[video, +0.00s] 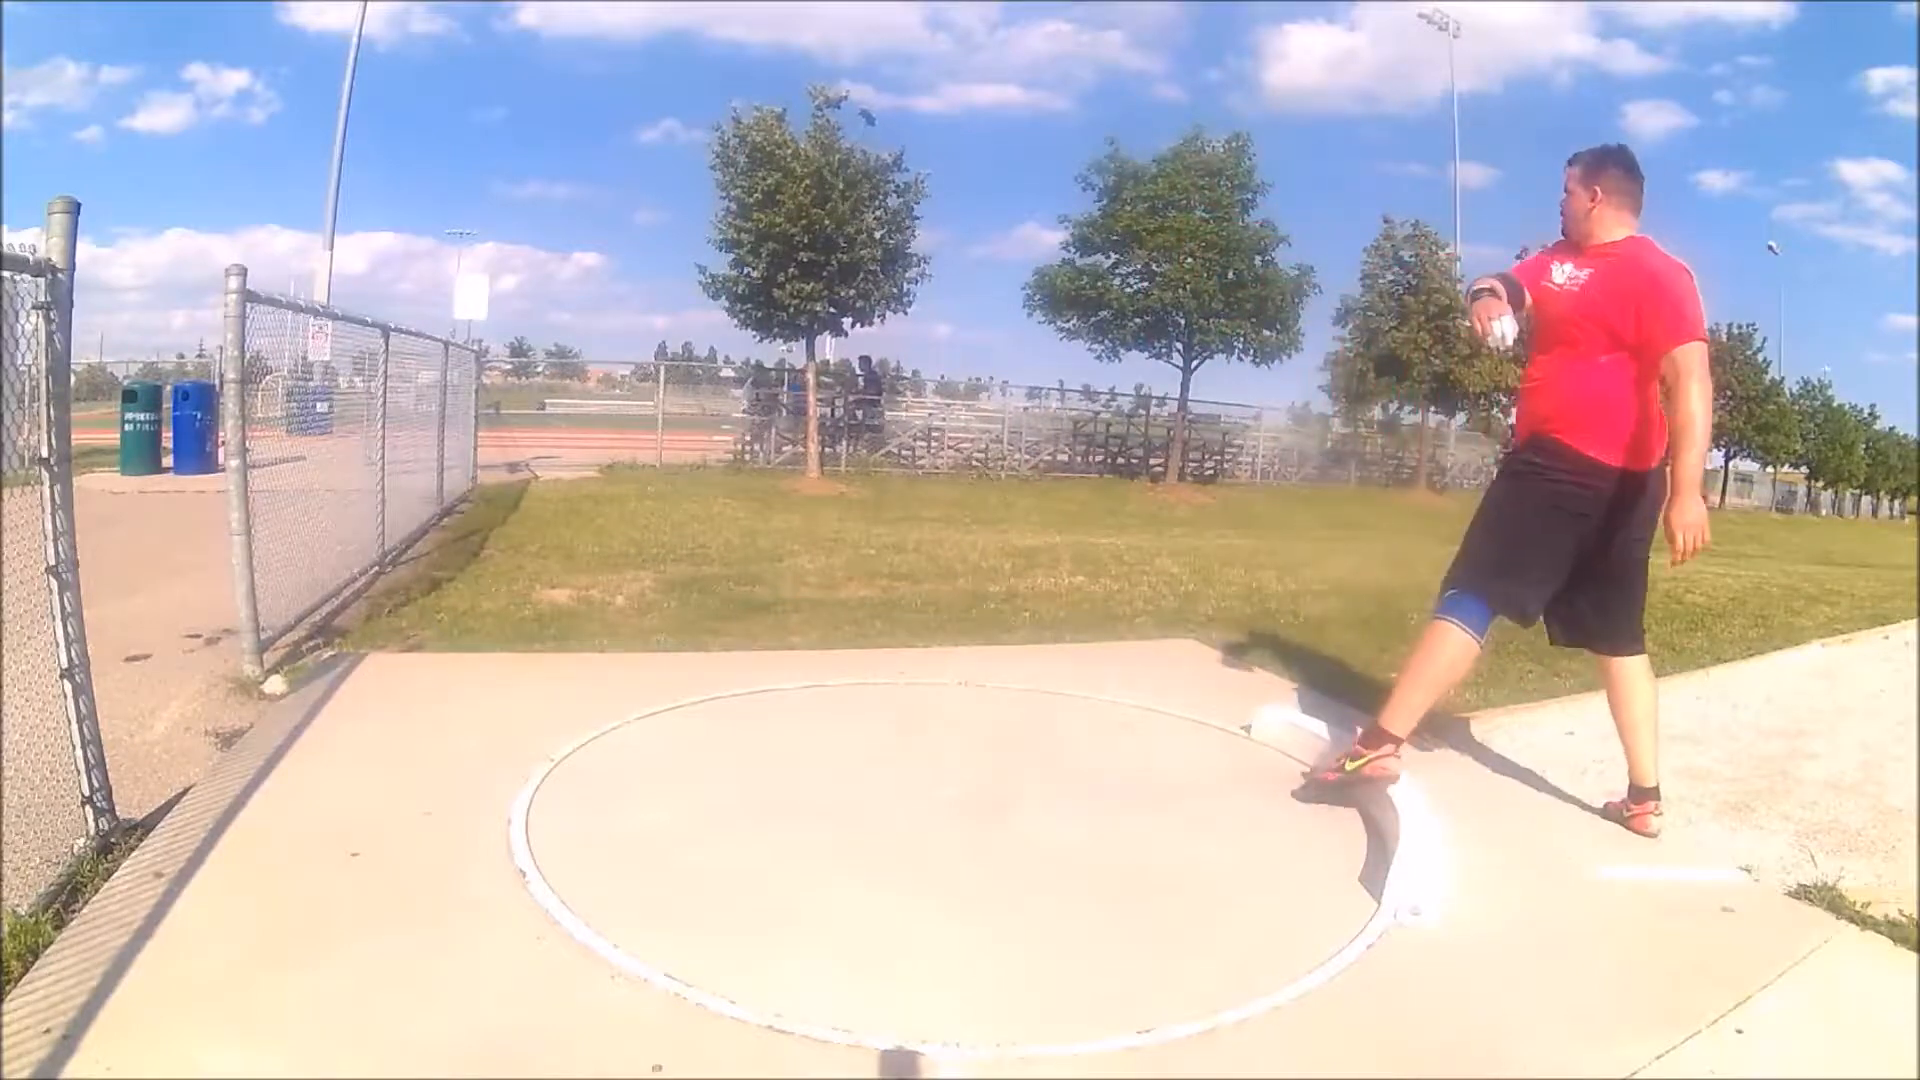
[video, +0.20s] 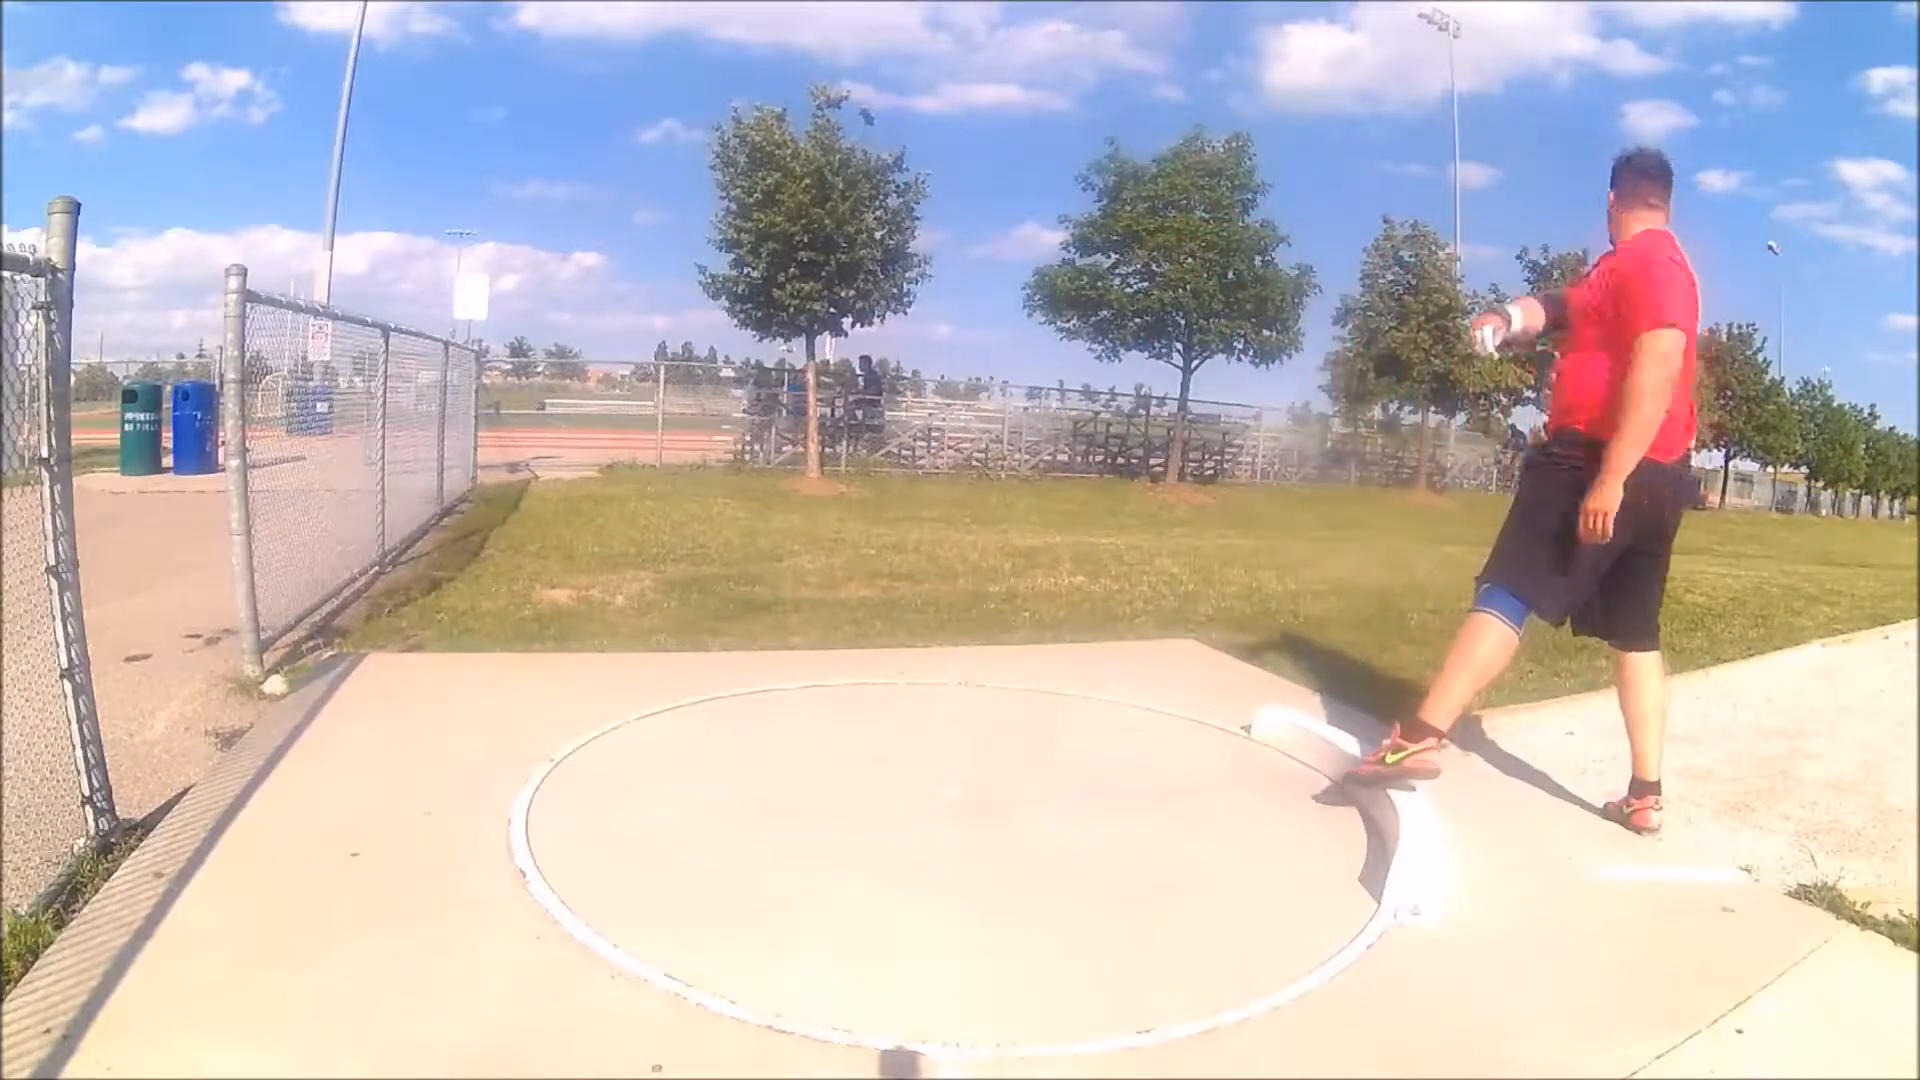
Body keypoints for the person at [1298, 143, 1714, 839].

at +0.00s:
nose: (1562, 208)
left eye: (1568, 196)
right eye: (1564, 196)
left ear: (1596, 195)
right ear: (1613, 196)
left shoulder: (1659, 271)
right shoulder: (1555, 260)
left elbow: (1691, 379)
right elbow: (1501, 286)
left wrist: (1689, 492)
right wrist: (1489, 298)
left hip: (1561, 461)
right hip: (1631, 476)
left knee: (1471, 597)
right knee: (1618, 629)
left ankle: (1381, 741)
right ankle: (1645, 796)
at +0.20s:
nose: (1606, 214)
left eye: (1607, 204)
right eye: (1613, 205)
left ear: (1616, 199)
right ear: (1666, 204)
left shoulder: (1649, 259)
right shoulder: (1630, 267)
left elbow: (1658, 369)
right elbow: (1560, 306)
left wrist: (1614, 474)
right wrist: (1511, 319)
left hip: (1587, 463)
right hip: (1655, 475)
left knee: (1506, 597)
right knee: (1637, 633)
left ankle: (1423, 736)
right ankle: (1646, 793)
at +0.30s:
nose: (1617, 213)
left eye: (1616, 204)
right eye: (1631, 203)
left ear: (1619, 201)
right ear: (1673, 205)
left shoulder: (1639, 251)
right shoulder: (1666, 262)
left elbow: (1635, 346)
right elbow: (1568, 321)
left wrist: (1576, 459)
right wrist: (1509, 338)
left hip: (1600, 460)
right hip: (1664, 473)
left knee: (1512, 597)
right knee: (1640, 630)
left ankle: (1427, 736)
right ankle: (1646, 792)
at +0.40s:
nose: (1627, 213)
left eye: (1623, 202)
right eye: (1654, 202)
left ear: (1623, 199)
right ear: (1679, 205)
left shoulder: (1621, 245)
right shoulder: (1692, 275)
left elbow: (1590, 338)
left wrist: (1524, 436)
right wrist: (1546, 376)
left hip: (1593, 455)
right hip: (1668, 473)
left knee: (1518, 596)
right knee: (1643, 627)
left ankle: (1441, 735)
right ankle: (1646, 791)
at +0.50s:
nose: (1642, 211)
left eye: (1626, 199)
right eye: (1667, 203)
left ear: (1619, 197)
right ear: (1678, 205)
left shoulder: (1602, 244)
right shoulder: (1700, 283)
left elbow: (1557, 329)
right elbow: (1694, 388)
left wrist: (1480, 419)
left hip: (1583, 456)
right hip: (1666, 471)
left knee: (1509, 589)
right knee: (1643, 623)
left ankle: (1449, 733)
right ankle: (1646, 790)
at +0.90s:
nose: (1608, 213)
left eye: (1603, 205)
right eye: (1609, 205)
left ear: (1545, 198)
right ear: (1602, 202)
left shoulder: (1497, 252)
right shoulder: (1633, 269)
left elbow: (1451, 348)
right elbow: (1687, 380)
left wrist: (1425, 427)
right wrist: (1699, 476)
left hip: (1513, 464)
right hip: (1608, 466)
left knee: (1483, 617)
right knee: (1617, 623)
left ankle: (1438, 762)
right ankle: (1638, 783)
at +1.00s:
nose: (1580, 205)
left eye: (1572, 195)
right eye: (1583, 196)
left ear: (1519, 191)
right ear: (1578, 193)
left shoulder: (1464, 253)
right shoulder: (1612, 255)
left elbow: (1433, 354)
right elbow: (1657, 362)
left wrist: (1411, 445)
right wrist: (1672, 467)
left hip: (1494, 456)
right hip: (1591, 453)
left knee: (1477, 613)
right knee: (1603, 614)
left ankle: (1440, 764)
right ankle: (1622, 775)